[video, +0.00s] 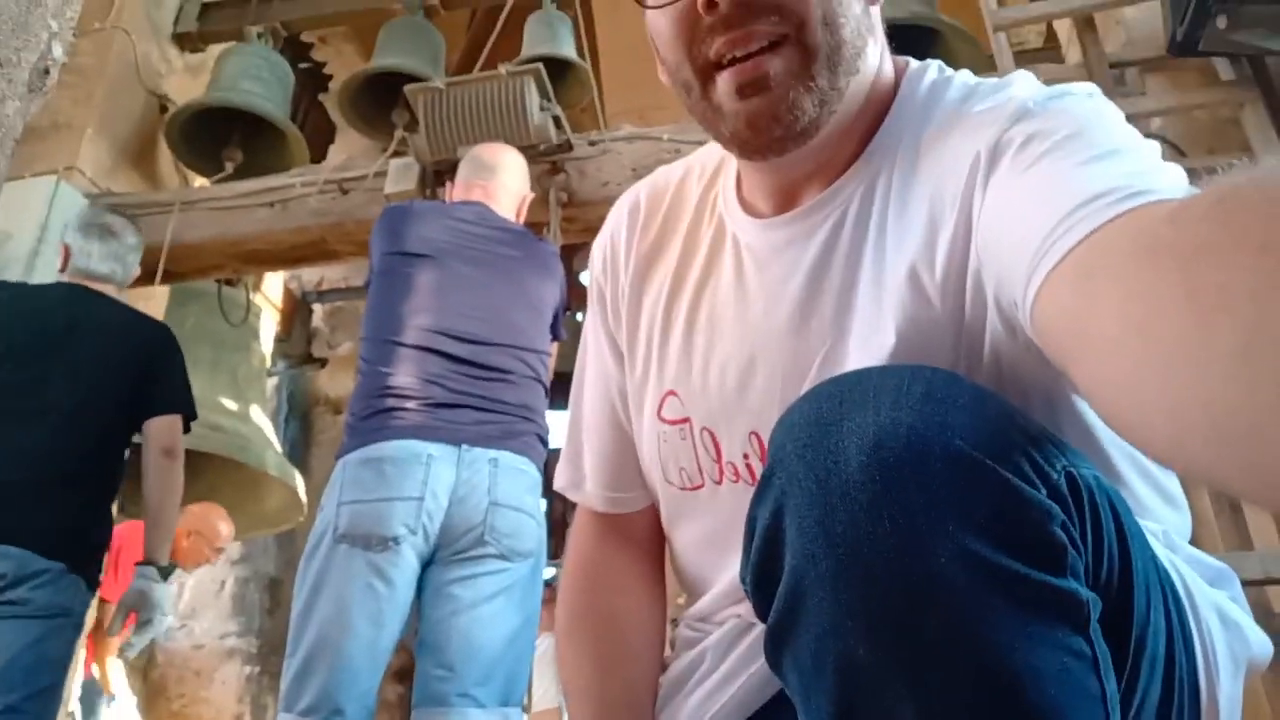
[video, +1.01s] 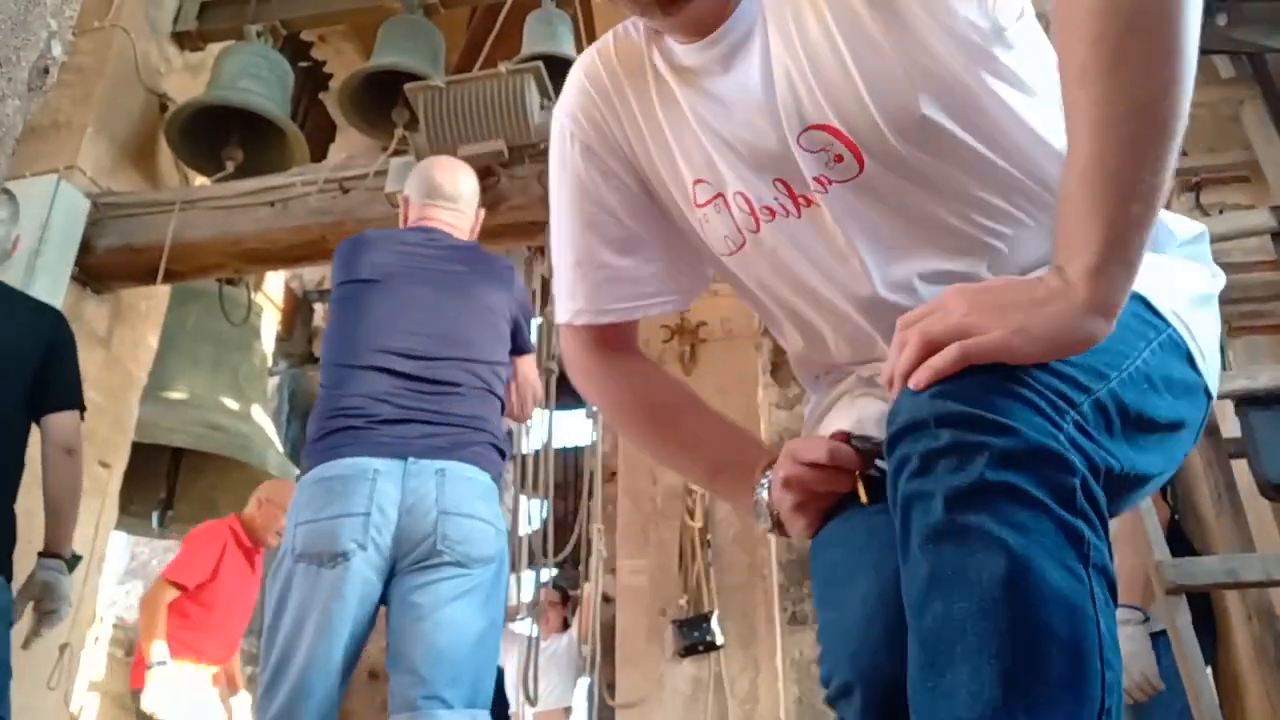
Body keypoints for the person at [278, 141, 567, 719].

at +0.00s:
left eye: (450, 187)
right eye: (527, 202)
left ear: (447, 190)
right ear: (526, 208)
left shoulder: (396, 222)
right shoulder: (548, 262)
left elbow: (400, 313)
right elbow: (545, 362)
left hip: (388, 461)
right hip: (510, 475)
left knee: (324, 702)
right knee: (473, 704)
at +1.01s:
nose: (400, 212)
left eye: (398, 206)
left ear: (403, 211)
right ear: (477, 223)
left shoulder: (353, 253)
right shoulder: (503, 275)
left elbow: (355, 353)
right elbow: (523, 402)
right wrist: (453, 371)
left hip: (344, 480)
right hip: (464, 488)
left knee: (293, 705)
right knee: (444, 706)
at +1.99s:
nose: (396, 225)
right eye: (397, 220)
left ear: (318, 227)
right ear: (394, 225)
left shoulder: (272, 279)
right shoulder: (408, 275)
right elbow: (477, 393)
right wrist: (447, 324)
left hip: (229, 494)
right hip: (340, 490)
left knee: (218, 710)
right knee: (313, 708)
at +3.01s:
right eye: (392, 209)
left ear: (313, 218)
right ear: (388, 213)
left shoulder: (267, 272)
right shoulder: (409, 270)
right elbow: (477, 391)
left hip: (234, 488)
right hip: (348, 487)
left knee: (215, 709)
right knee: (309, 707)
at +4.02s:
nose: (413, 223)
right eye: (413, 217)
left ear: (332, 209)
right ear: (407, 219)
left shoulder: (276, 265)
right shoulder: (417, 264)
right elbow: (480, 386)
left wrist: (430, 369)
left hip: (233, 489)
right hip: (347, 488)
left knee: (217, 709)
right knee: (310, 707)